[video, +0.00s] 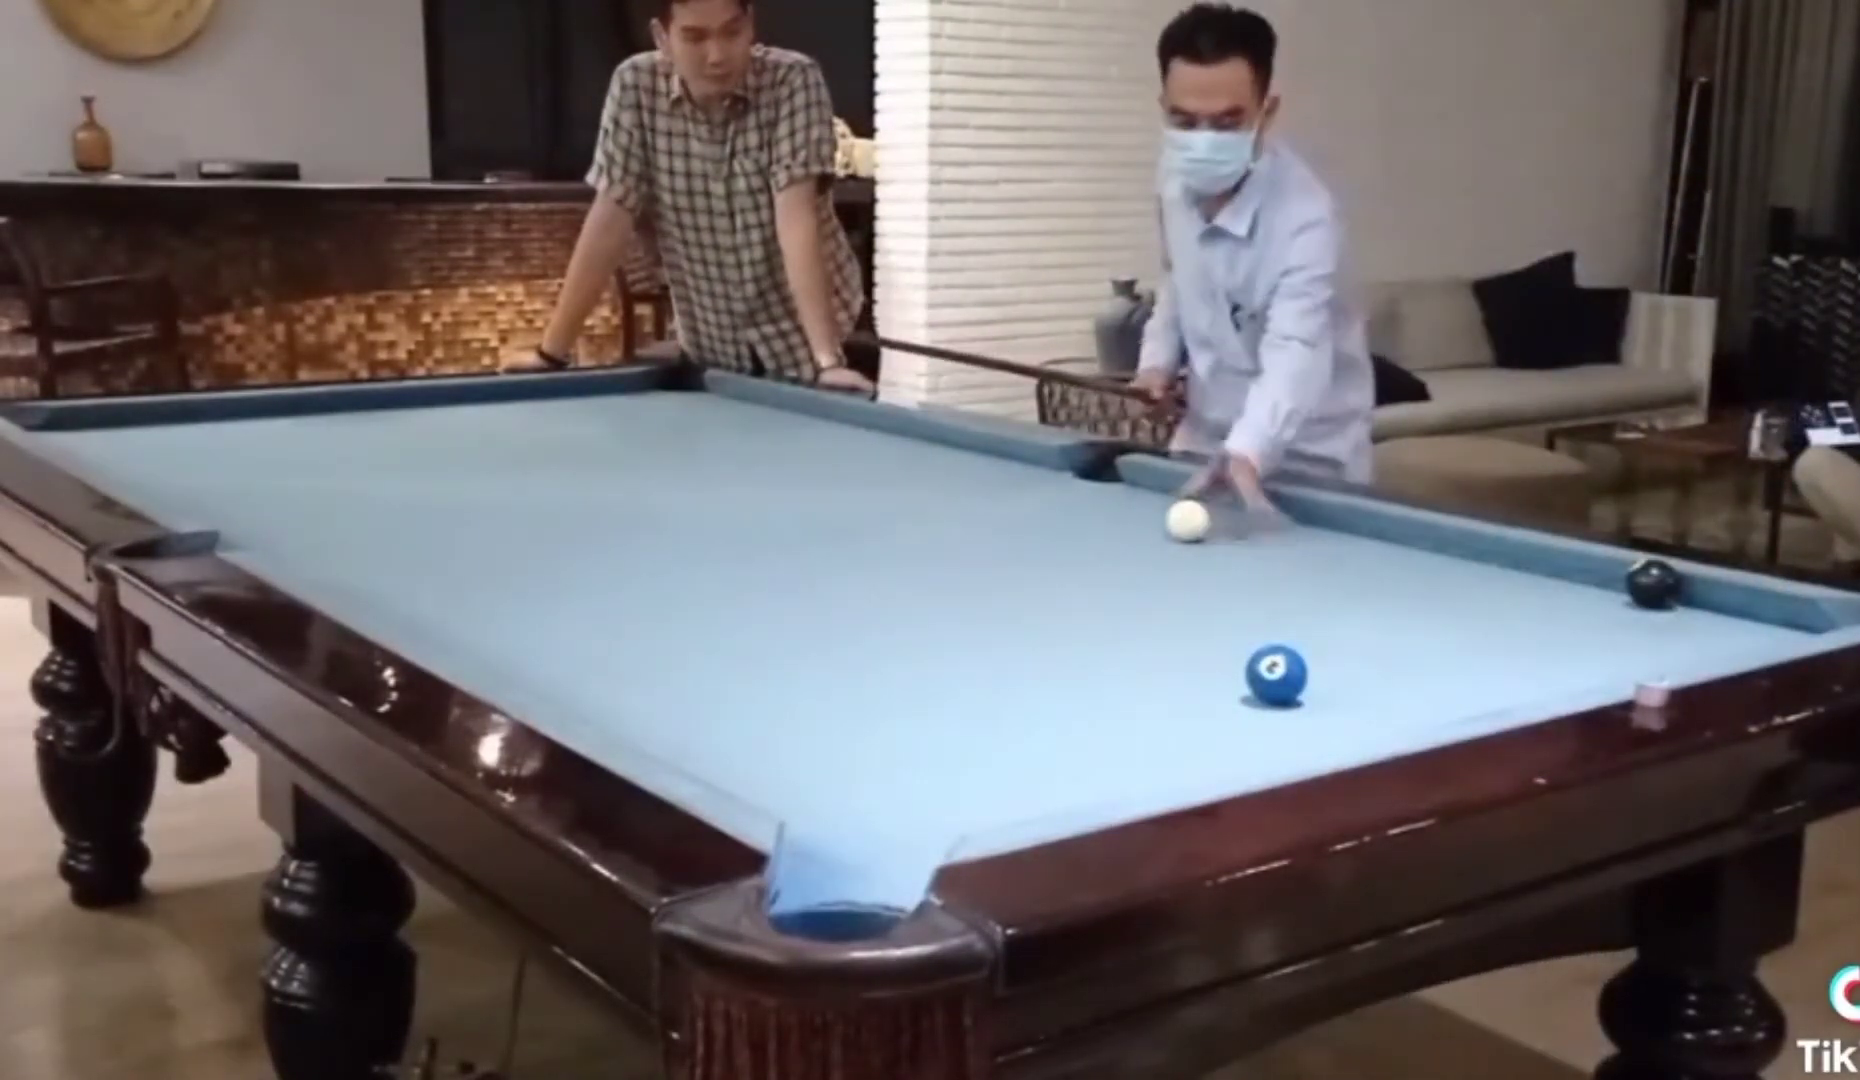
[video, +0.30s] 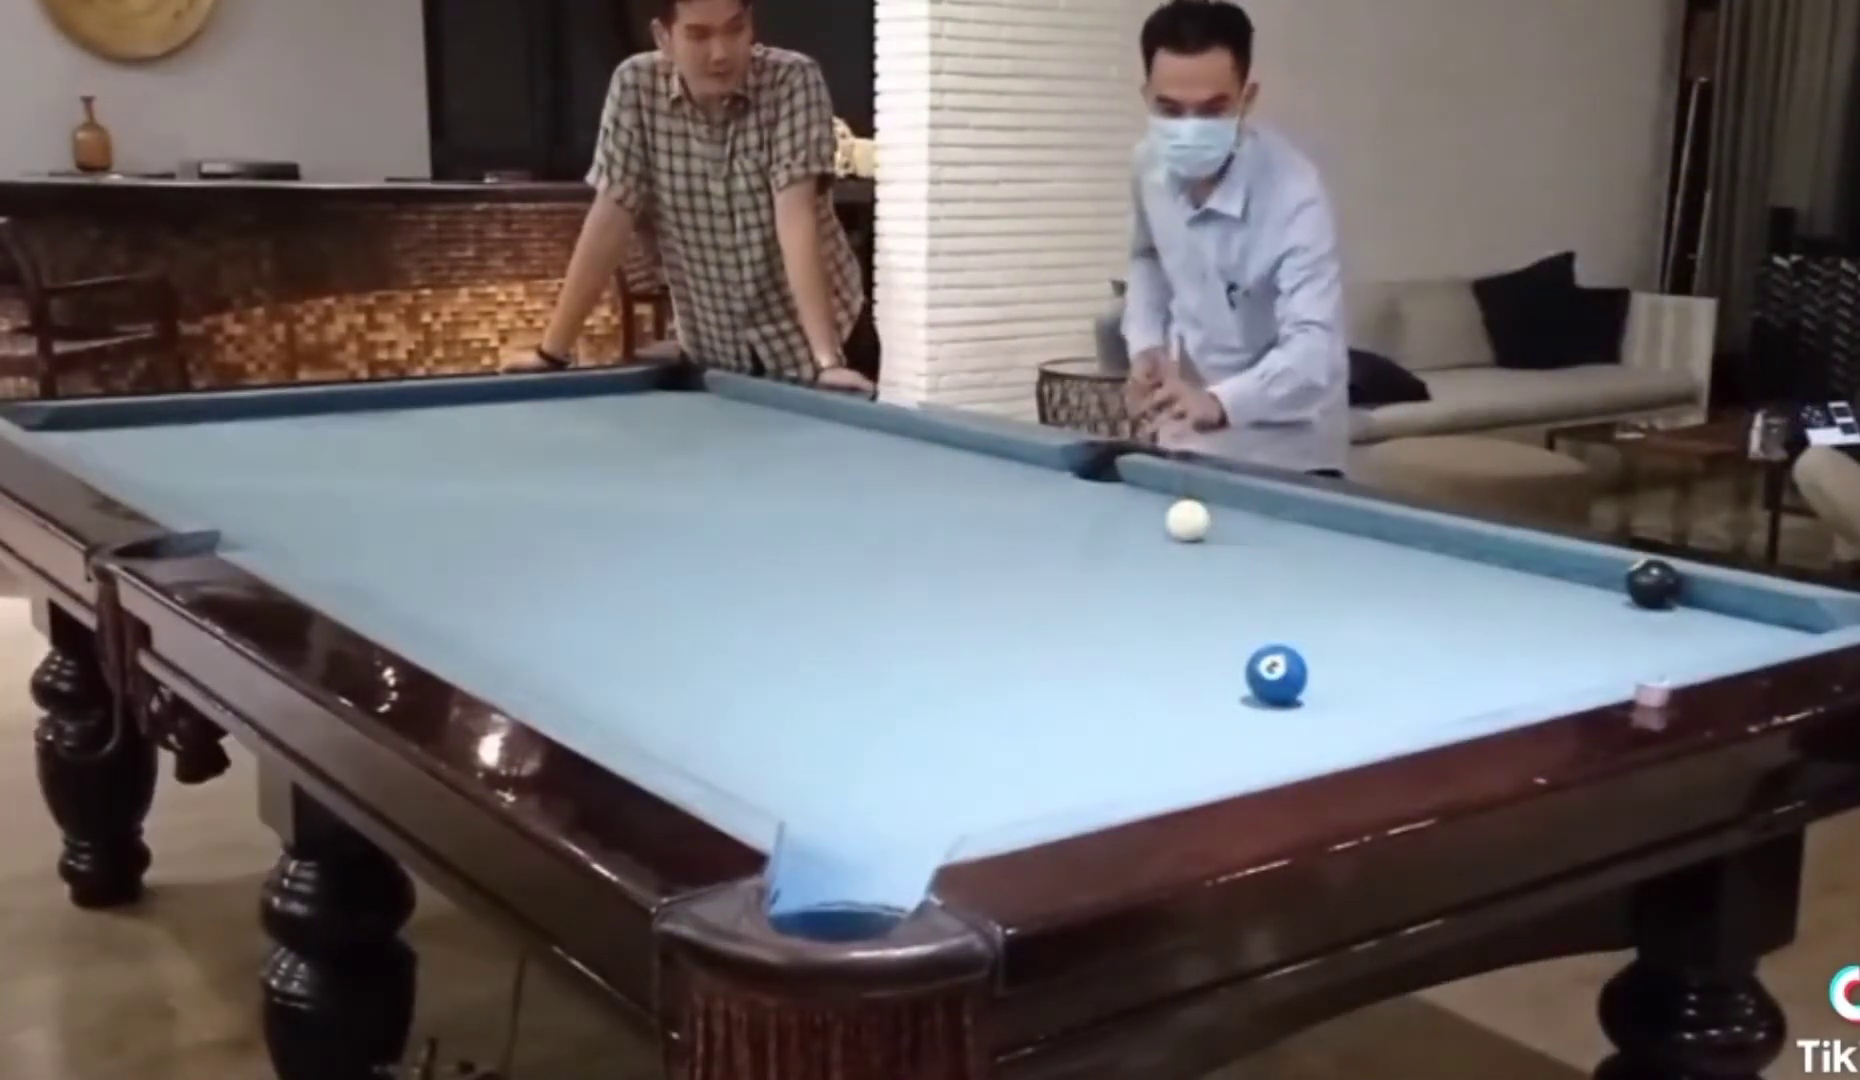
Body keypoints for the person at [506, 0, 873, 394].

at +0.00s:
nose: (717, 55)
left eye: (732, 33)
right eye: (696, 36)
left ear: (752, 25)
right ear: (662, 36)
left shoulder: (791, 80)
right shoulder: (636, 85)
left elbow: (798, 217)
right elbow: (610, 217)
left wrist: (828, 360)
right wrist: (552, 353)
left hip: (807, 347)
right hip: (710, 348)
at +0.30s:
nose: (720, 53)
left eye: (735, 30)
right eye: (699, 35)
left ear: (752, 26)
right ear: (663, 36)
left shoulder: (791, 80)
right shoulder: (636, 85)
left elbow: (797, 215)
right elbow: (611, 215)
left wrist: (828, 360)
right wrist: (552, 352)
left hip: (817, 347)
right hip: (712, 349)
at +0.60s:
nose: (720, 53)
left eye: (735, 32)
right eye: (699, 35)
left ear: (753, 27)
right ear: (663, 36)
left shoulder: (792, 80)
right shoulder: (637, 85)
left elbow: (797, 215)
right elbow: (611, 215)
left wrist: (828, 360)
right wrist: (552, 352)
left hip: (821, 349)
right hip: (712, 352)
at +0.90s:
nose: (717, 54)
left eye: (733, 33)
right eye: (696, 37)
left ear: (751, 30)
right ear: (662, 38)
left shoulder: (791, 80)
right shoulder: (636, 85)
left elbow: (798, 216)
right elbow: (611, 216)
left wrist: (829, 361)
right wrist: (551, 353)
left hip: (819, 349)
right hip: (711, 350)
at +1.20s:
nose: (717, 55)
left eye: (732, 34)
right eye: (696, 37)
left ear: (751, 28)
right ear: (661, 37)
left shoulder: (792, 80)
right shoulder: (636, 85)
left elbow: (798, 218)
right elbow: (611, 217)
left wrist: (829, 361)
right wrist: (552, 352)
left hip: (820, 347)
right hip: (711, 350)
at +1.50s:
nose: (720, 56)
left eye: (735, 35)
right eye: (700, 38)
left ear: (754, 28)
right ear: (664, 37)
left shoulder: (794, 80)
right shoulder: (637, 85)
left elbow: (799, 217)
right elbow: (611, 217)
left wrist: (829, 361)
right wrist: (552, 352)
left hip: (817, 347)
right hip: (711, 349)